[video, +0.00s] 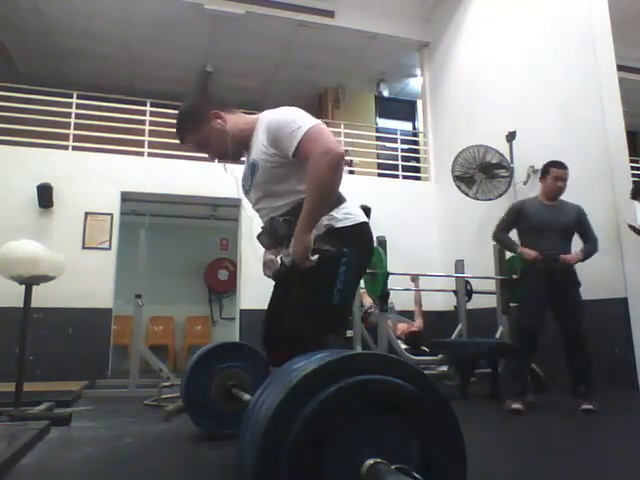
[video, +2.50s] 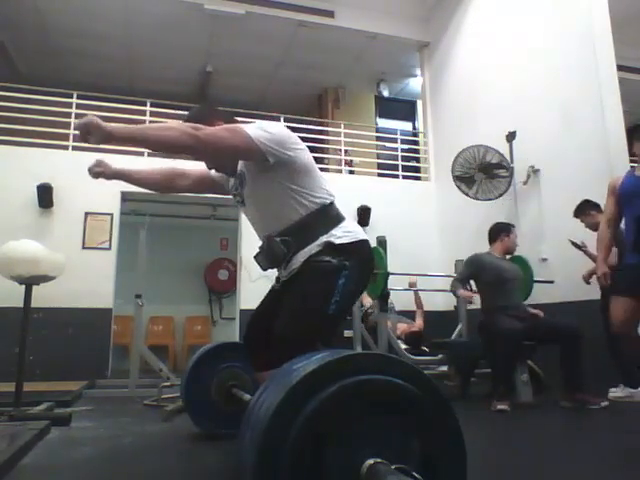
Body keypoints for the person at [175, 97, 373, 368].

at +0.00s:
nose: (211, 156)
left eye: (205, 146)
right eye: (203, 152)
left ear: (219, 120)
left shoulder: (277, 120)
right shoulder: (250, 172)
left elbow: (329, 154)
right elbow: (278, 216)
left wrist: (303, 232)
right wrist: (272, 250)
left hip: (338, 238)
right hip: (302, 251)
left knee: (305, 334)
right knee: (276, 334)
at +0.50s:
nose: (202, 160)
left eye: (196, 151)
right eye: (194, 157)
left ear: (209, 125)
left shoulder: (267, 121)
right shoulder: (241, 173)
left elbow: (321, 156)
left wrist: (287, 223)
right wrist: (265, 235)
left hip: (330, 240)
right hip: (296, 255)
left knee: (299, 337)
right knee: (270, 340)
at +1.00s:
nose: (199, 163)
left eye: (194, 153)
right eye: (191, 159)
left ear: (207, 127)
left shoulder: (265, 126)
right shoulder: (240, 174)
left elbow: (318, 162)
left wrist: (281, 227)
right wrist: (266, 238)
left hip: (330, 244)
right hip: (297, 257)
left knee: (298, 340)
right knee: (264, 342)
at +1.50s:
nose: (198, 162)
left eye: (193, 153)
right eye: (191, 158)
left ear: (208, 127)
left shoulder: (267, 129)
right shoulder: (239, 175)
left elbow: (312, 169)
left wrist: (276, 234)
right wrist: (262, 246)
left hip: (328, 248)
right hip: (296, 260)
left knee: (289, 341)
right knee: (257, 338)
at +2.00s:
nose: (204, 157)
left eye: (201, 148)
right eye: (197, 154)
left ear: (215, 125)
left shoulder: (278, 134)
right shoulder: (241, 177)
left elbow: (227, 158)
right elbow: (204, 207)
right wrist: (150, 233)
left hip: (331, 250)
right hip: (294, 264)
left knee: (294, 342)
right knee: (257, 338)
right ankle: (283, 426)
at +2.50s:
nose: (205, 164)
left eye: (204, 151)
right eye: (200, 158)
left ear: (220, 133)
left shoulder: (275, 137)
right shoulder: (234, 177)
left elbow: (195, 137)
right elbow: (177, 179)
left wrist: (109, 131)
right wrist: (118, 172)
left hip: (336, 255)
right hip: (299, 269)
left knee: (289, 347)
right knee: (257, 340)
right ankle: (276, 427)